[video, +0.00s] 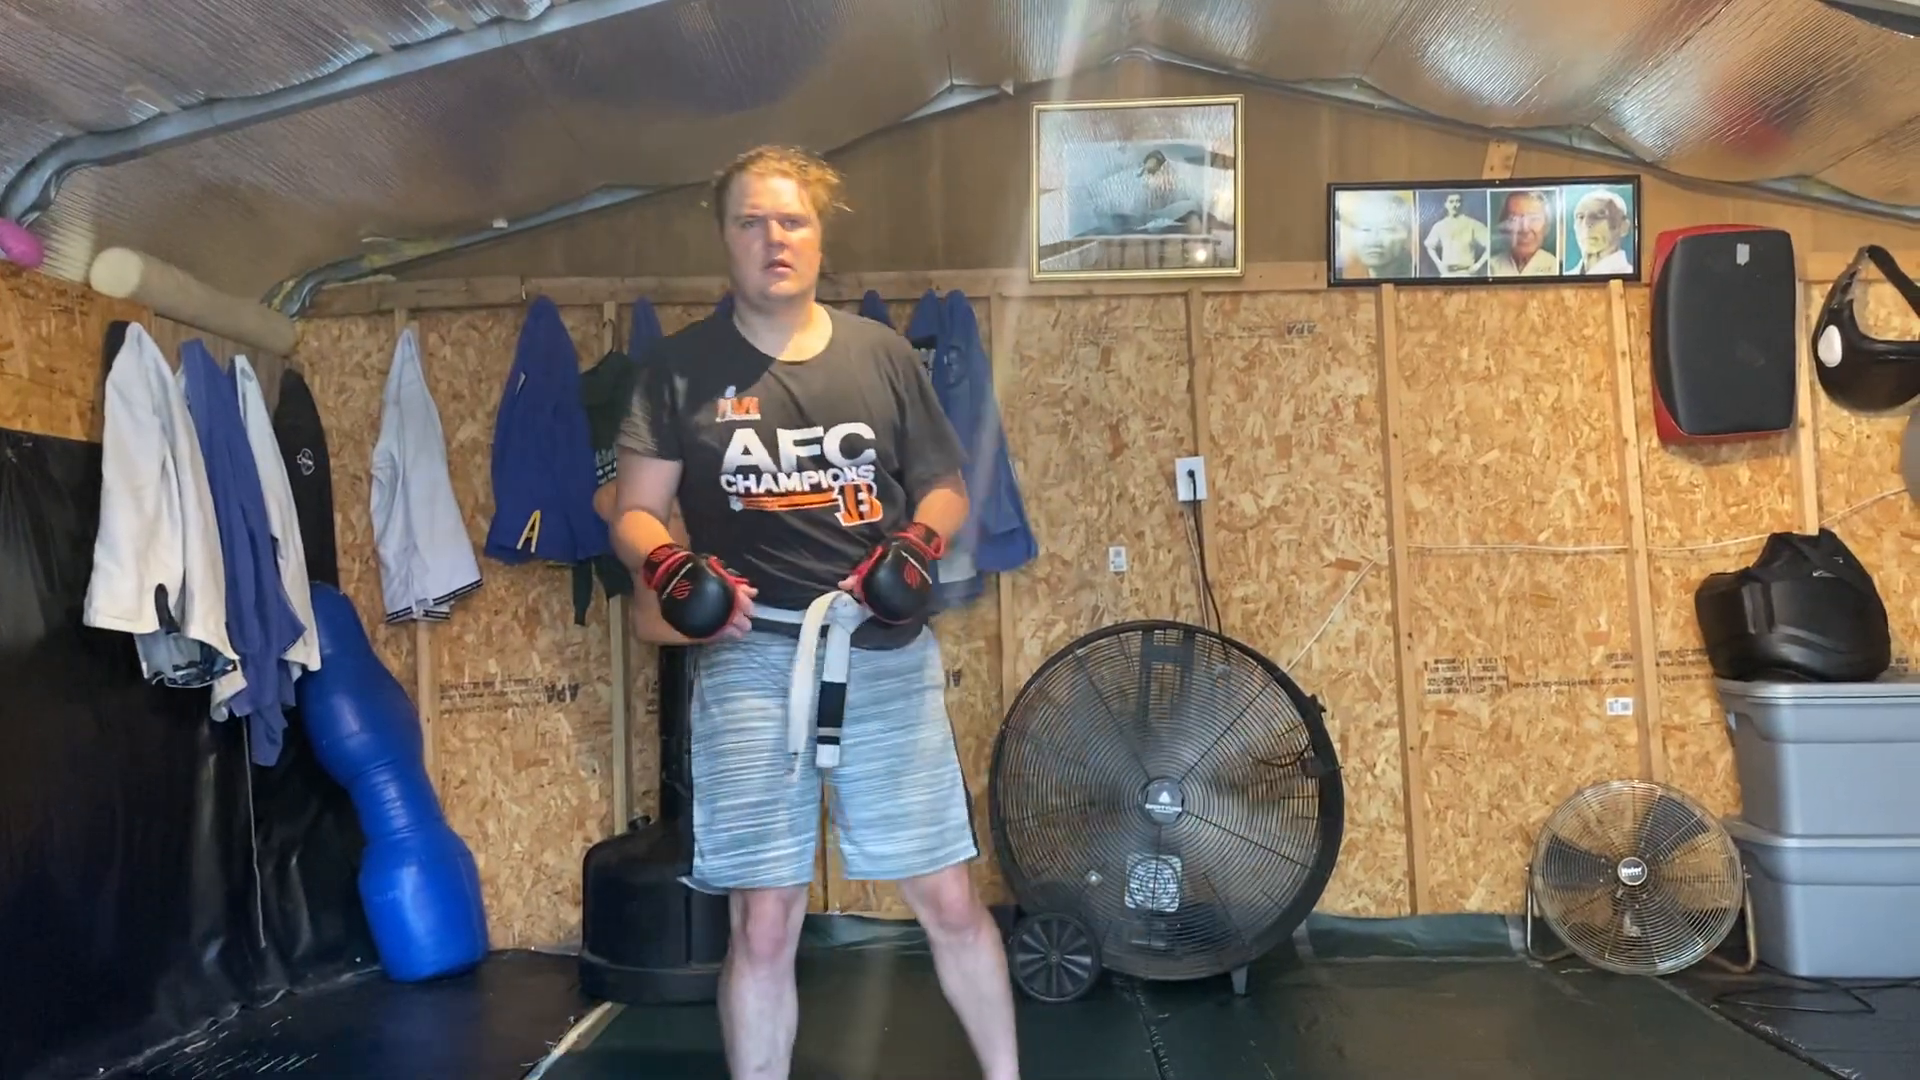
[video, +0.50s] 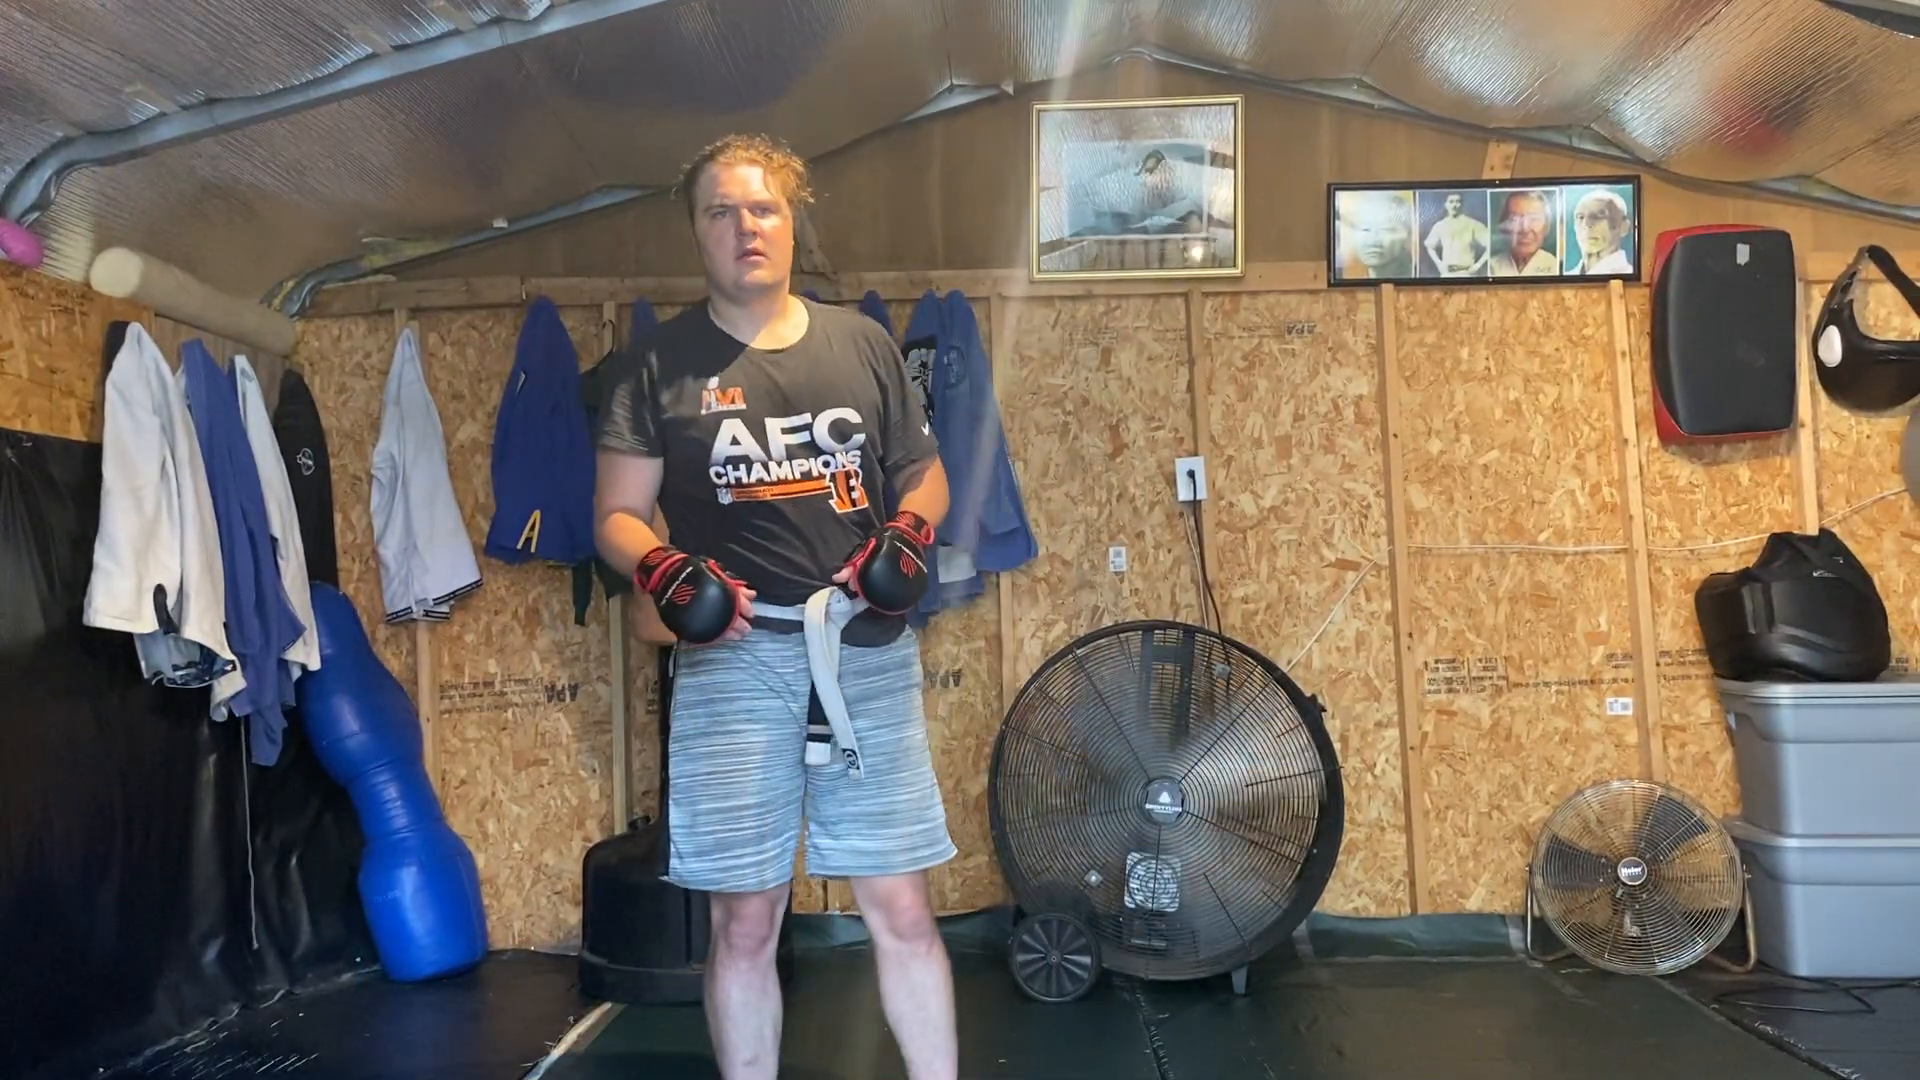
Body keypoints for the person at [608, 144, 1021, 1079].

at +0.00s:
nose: (776, 239)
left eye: (793, 222)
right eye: (755, 223)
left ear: (821, 239)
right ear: (725, 241)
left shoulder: (886, 355)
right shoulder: (676, 369)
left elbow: (946, 484)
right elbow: (635, 511)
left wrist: (917, 550)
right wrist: (671, 570)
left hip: (886, 653)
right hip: (750, 658)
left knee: (952, 899)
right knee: (766, 922)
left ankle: (1006, 1074)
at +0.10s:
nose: (754, 234)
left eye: (770, 217)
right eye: (732, 219)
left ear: (801, 236)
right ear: (703, 239)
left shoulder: (867, 347)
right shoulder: (654, 371)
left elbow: (928, 474)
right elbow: (615, 515)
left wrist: (905, 546)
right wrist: (654, 576)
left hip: (876, 647)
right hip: (740, 656)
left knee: (945, 893)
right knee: (758, 922)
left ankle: (986, 1074)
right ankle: (756, 1079)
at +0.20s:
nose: (740, 233)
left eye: (757, 216)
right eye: (718, 218)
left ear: (787, 232)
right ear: (688, 238)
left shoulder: (856, 342)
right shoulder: (642, 371)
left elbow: (917, 469)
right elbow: (603, 517)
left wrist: (901, 543)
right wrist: (647, 580)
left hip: (869, 643)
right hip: (733, 655)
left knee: (938, 891)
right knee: (753, 920)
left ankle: (967, 1074)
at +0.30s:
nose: (734, 230)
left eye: (750, 213)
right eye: (711, 216)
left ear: (781, 228)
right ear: (682, 237)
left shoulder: (851, 341)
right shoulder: (638, 370)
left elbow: (913, 470)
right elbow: (602, 519)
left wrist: (899, 543)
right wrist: (650, 581)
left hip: (866, 644)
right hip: (730, 656)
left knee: (919, 898)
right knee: (748, 921)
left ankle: (953, 1077)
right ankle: (753, 1079)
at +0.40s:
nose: (737, 230)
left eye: (754, 212)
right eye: (714, 215)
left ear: (785, 227)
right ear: (686, 237)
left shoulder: (856, 342)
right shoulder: (643, 369)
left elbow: (917, 473)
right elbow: (609, 519)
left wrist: (900, 539)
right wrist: (655, 577)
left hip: (866, 651)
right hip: (730, 660)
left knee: (905, 906)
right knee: (746, 924)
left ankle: (937, 1077)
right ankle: (752, 1079)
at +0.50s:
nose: (748, 227)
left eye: (765, 210)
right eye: (725, 213)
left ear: (795, 227)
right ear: (698, 235)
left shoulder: (866, 344)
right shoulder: (654, 365)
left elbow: (922, 472)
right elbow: (619, 517)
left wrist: (906, 541)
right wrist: (667, 572)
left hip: (867, 650)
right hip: (733, 658)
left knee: (903, 908)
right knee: (746, 922)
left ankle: (938, 1077)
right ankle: (751, 1079)